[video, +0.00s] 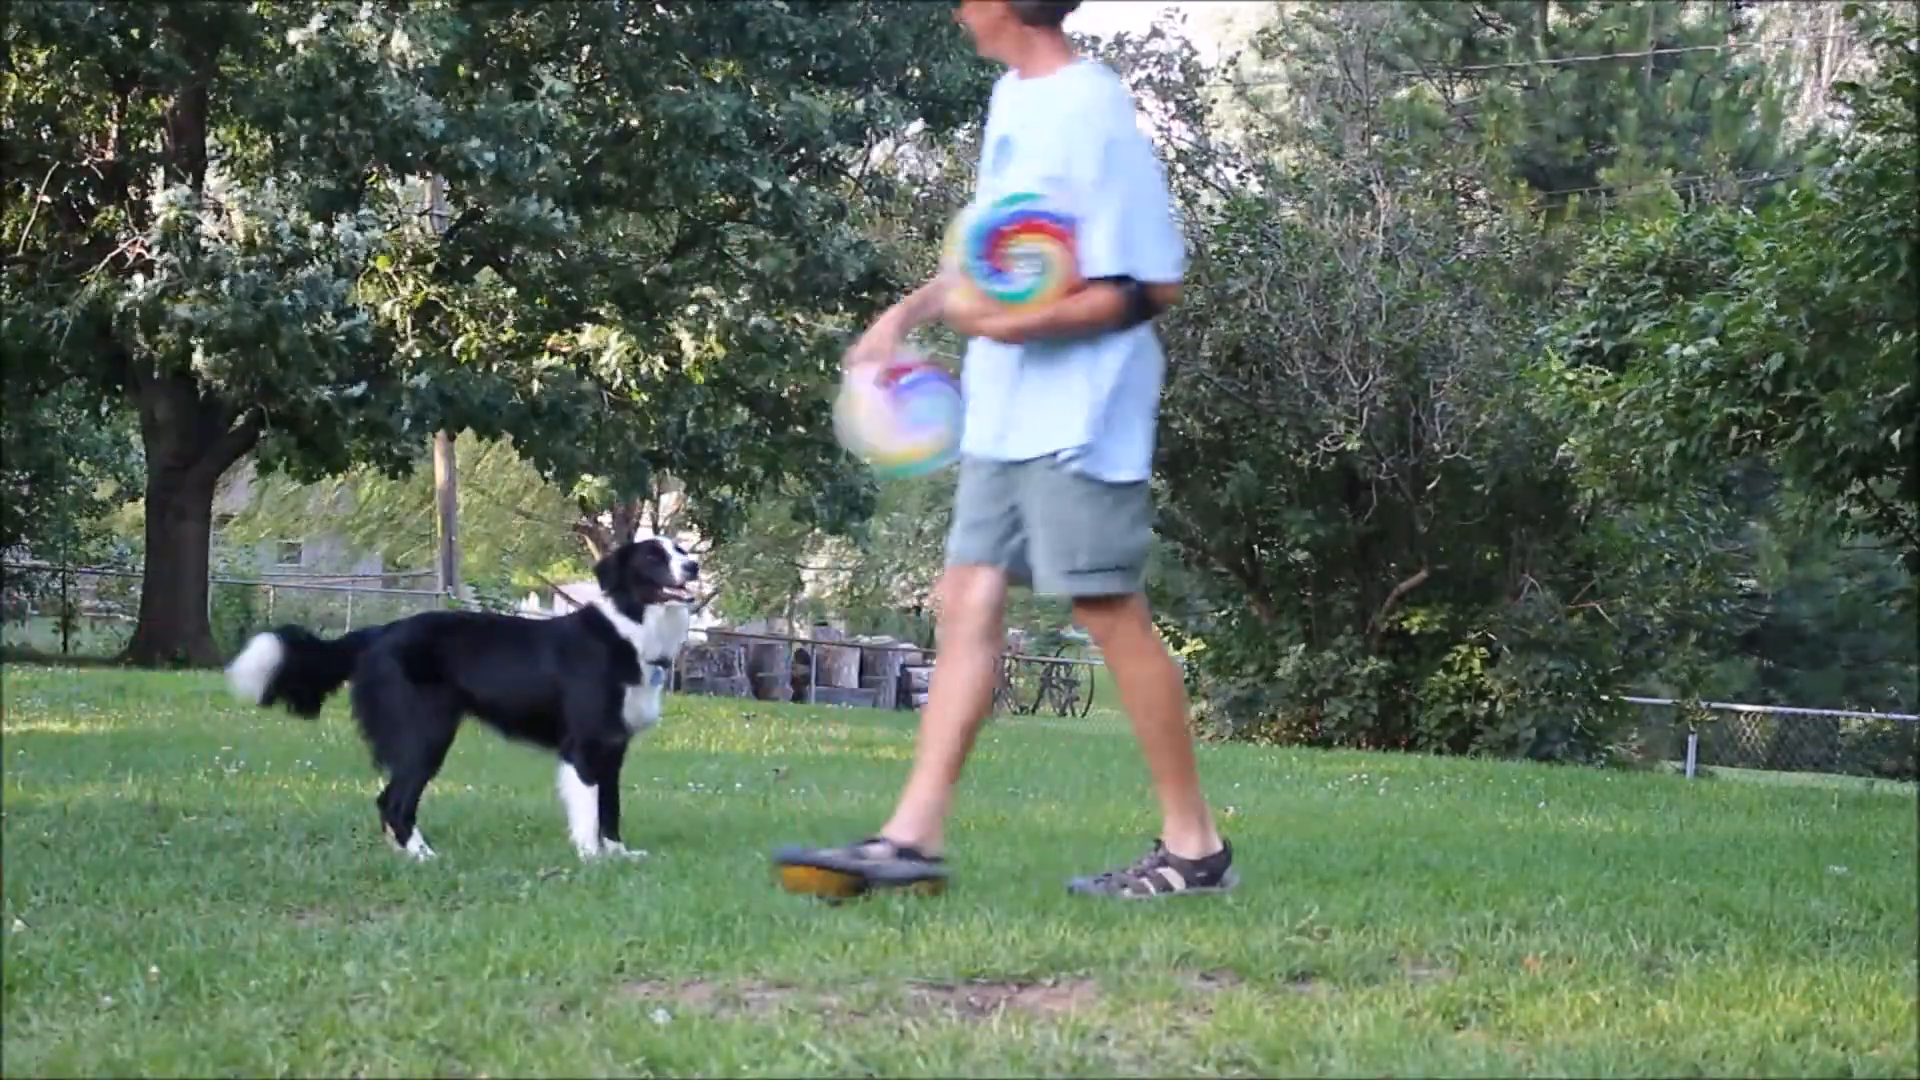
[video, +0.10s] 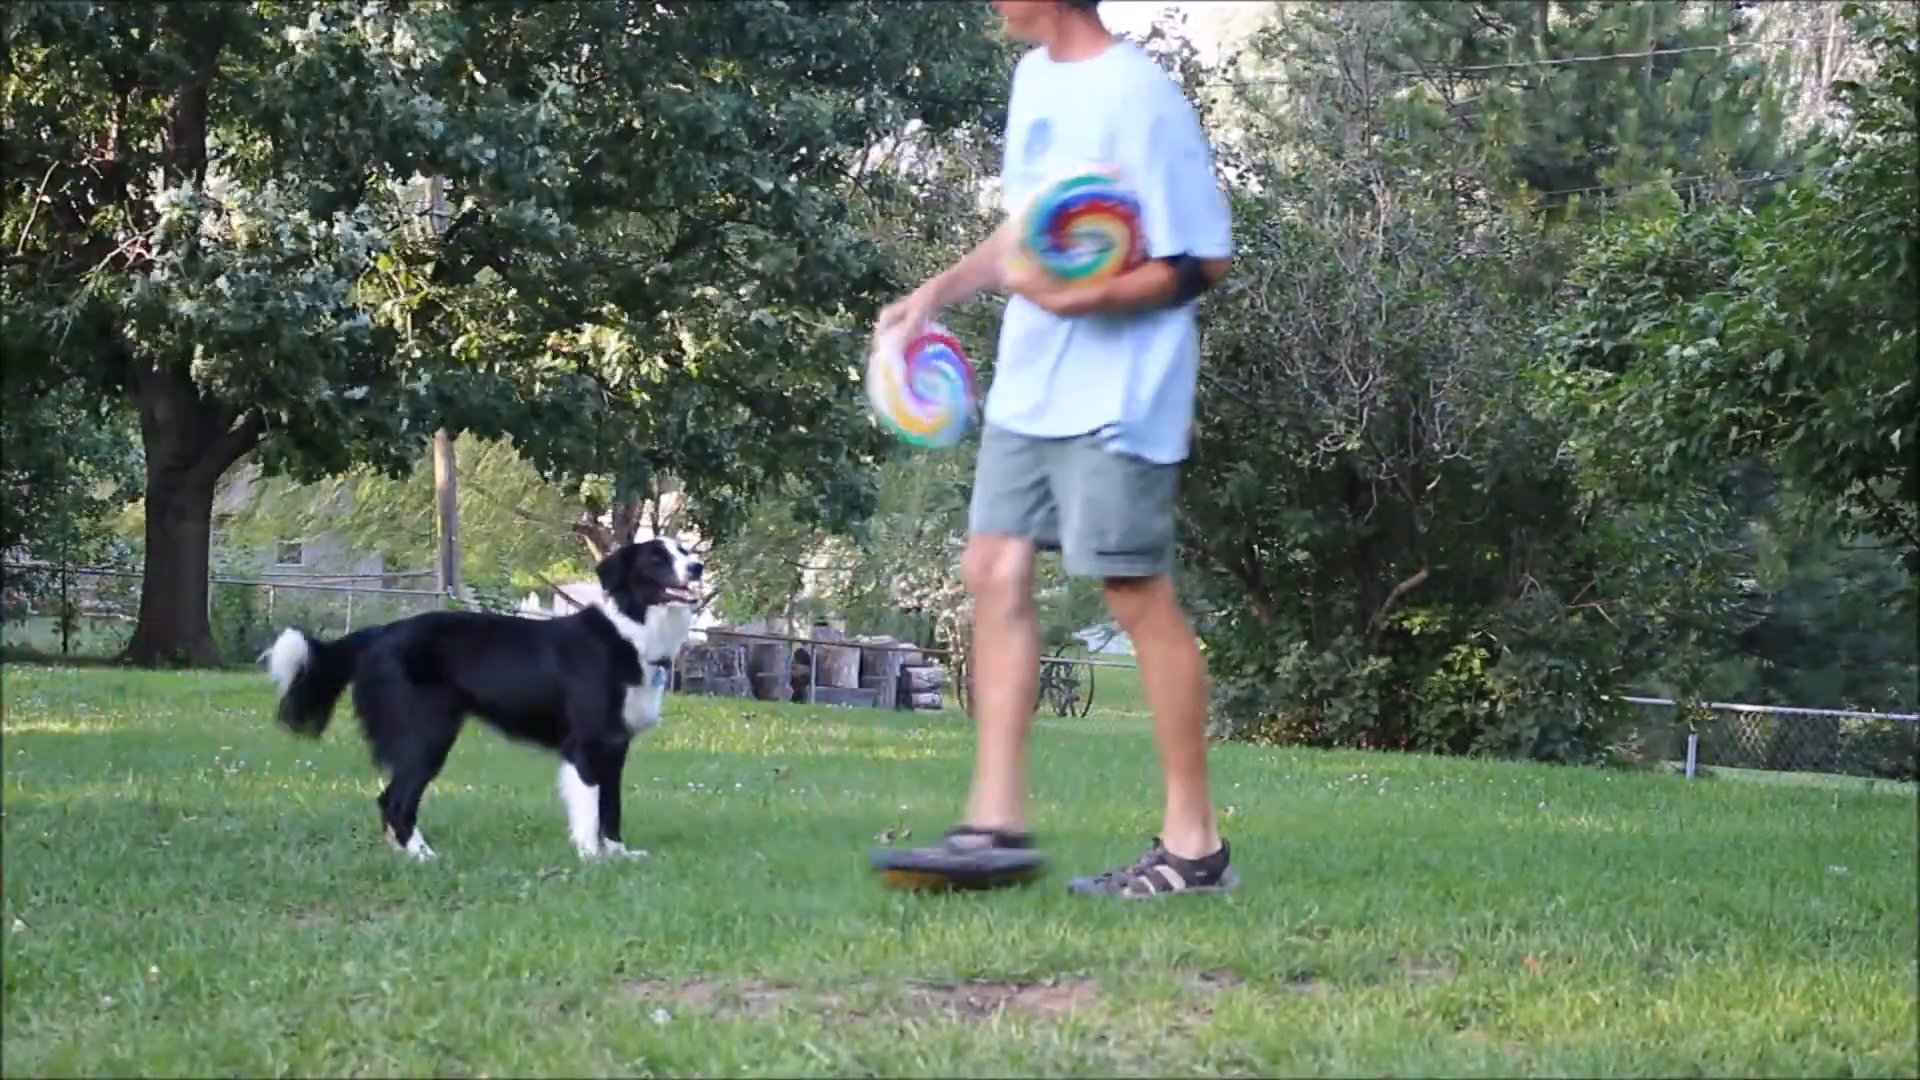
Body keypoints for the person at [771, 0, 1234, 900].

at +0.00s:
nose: (963, 15)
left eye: (971, 2)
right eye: (965, 4)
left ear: (1011, 9)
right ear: (1025, 12)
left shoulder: (1100, 114)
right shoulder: (1009, 104)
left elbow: (1142, 290)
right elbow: (993, 255)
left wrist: (1003, 324)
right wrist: (901, 316)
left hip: (1085, 421)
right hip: (1003, 415)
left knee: (1111, 614)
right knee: (967, 605)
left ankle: (1195, 846)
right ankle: (911, 840)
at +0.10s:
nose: (996, 5)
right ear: (1053, 1)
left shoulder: (1147, 97)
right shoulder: (1032, 80)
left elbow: (1202, 259)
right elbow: (1029, 232)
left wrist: (1076, 293)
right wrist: (934, 294)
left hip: (1123, 397)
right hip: (1027, 388)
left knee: (1138, 593)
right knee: (994, 572)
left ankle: (1194, 844)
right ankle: (997, 825)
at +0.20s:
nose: (1024, 5)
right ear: (1080, 5)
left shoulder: (1183, 99)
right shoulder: (1054, 78)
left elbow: (1235, 265)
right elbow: (1049, 226)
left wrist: (1111, 288)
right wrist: (943, 288)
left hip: (1151, 399)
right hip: (1054, 386)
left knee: (1154, 598)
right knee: (1020, 576)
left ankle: (1195, 846)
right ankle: (1096, 813)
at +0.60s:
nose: (1093, 33)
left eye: (1099, 15)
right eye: (1092, 17)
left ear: (1140, 14)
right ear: (1147, 19)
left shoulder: (1232, 118)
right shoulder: (1138, 119)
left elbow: (1283, 280)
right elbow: (1130, 266)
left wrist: (1167, 303)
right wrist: (1034, 315)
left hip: (1202, 405)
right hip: (1154, 398)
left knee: (1140, 596)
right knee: (1160, 594)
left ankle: (1191, 848)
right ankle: (1242, 803)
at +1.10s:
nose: (1139, 64)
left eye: (1146, 45)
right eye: (1139, 49)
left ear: (1186, 43)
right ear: (1197, 43)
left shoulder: (1238, 123)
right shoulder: (1247, 127)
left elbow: (1297, 264)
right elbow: (1264, 309)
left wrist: (1194, 311)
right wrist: (1152, 378)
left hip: (1275, 392)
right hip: (1285, 396)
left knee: (1180, 581)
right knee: (1239, 597)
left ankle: (1321, 792)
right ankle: (1261, 823)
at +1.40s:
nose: (1171, 75)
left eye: (1175, 57)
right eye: (1170, 61)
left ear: (1213, 51)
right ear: (1225, 52)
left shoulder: (1281, 131)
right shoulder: (1258, 144)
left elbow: (1340, 270)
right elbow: (1297, 315)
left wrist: (1237, 321)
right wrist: (1207, 391)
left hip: (1340, 405)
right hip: (1301, 408)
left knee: (1322, 608)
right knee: (1258, 600)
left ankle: (1425, 839)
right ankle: (1267, 822)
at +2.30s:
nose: (1113, 152)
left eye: (1115, 132)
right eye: (1110, 135)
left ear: (1153, 121)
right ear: (1159, 121)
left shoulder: (1235, 172)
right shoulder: (1215, 204)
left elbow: (1340, 271)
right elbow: (1274, 379)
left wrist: (1251, 357)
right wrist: (1172, 451)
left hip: (1363, 403)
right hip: (1329, 411)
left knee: (1267, 595)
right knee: (1248, 602)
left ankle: (1391, 812)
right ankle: (1279, 825)